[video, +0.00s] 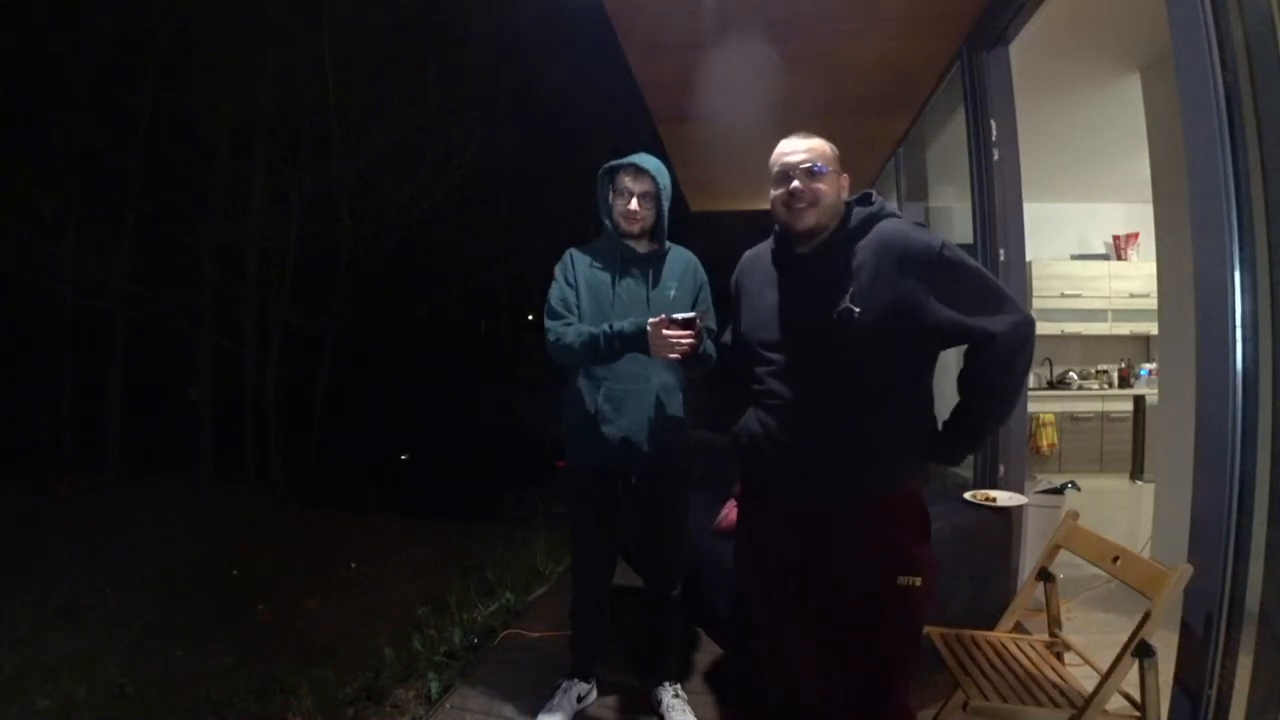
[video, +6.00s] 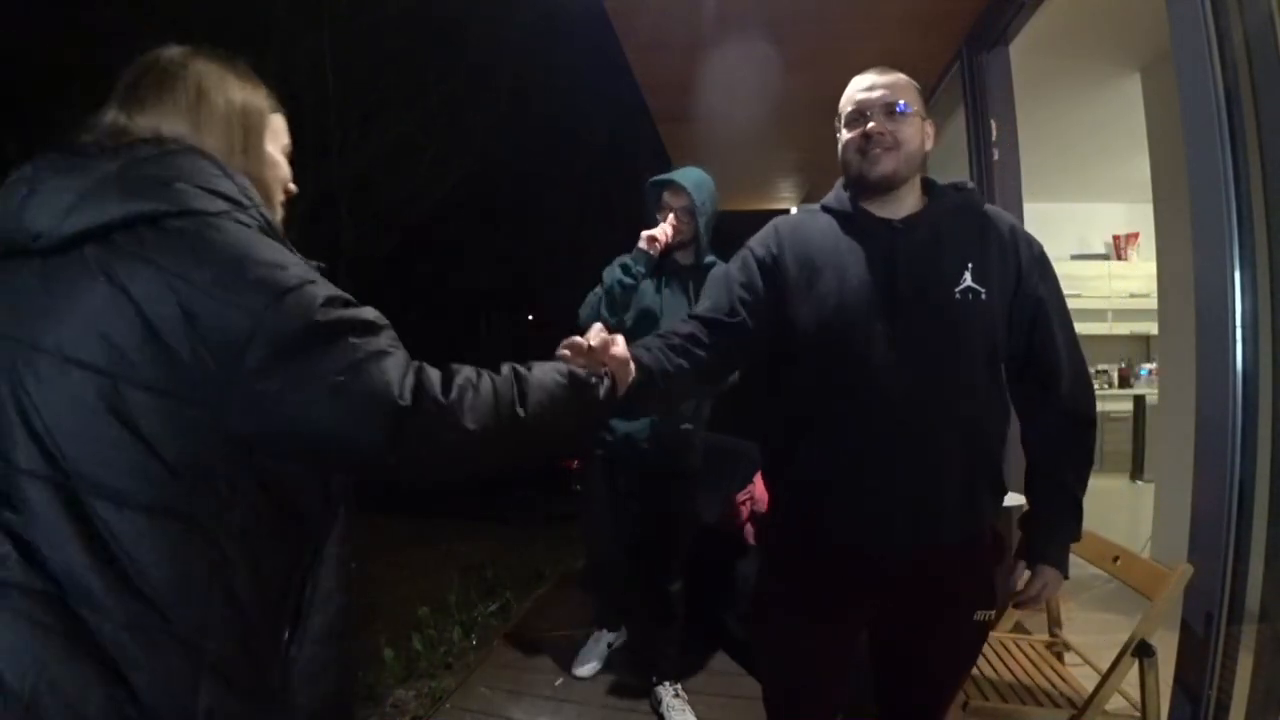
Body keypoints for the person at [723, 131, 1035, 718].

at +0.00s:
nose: (796, 187)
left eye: (812, 173)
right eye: (782, 177)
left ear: (844, 185)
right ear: (769, 196)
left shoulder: (900, 250)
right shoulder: (752, 268)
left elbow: (1008, 331)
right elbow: (736, 368)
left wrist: (950, 443)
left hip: (878, 493)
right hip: (776, 492)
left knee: (872, 674)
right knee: (776, 664)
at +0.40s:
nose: (846, 157)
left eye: (869, 143)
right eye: (838, 147)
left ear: (916, 162)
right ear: (829, 167)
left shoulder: (973, 240)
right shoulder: (800, 264)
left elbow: (1085, 352)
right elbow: (728, 350)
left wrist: (1045, 484)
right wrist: (664, 403)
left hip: (937, 525)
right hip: (816, 523)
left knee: (908, 695)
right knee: (811, 691)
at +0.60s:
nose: (881, 147)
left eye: (905, 132)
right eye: (871, 137)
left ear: (954, 150)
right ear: (861, 155)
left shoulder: (1014, 244)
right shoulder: (825, 254)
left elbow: (1110, 397)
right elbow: (740, 312)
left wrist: (1067, 533)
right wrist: (636, 313)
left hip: (952, 545)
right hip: (828, 535)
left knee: (923, 705)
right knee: (805, 697)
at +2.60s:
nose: (921, 141)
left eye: (949, 125)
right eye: (912, 131)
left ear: (1002, 144)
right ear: (902, 153)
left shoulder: (1063, 247)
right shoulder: (856, 245)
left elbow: (1129, 425)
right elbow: (750, 292)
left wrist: (1099, 583)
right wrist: (642, 263)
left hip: (971, 558)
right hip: (837, 543)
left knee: (936, 708)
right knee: (796, 700)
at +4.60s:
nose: (922, 143)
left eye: (948, 126)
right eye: (914, 133)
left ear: (1006, 136)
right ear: (905, 152)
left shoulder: (1076, 251)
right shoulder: (861, 240)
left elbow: (1140, 436)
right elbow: (760, 285)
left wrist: (1106, 597)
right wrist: (652, 254)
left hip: (977, 565)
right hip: (841, 546)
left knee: (938, 710)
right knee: (802, 704)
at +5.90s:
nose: (869, 131)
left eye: (889, 114)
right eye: (852, 122)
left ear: (928, 134)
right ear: (834, 146)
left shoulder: (998, 245)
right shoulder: (787, 243)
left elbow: (1060, 404)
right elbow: (712, 326)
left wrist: (1051, 545)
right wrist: (627, 341)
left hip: (953, 550)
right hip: (815, 545)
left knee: (916, 704)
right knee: (809, 703)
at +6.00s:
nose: (872, 125)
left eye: (892, 110)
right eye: (855, 117)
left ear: (930, 134)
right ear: (837, 145)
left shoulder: (1001, 248)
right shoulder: (786, 244)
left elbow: (1060, 405)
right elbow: (702, 340)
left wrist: (1049, 545)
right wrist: (632, 367)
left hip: (951, 549)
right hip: (813, 546)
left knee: (916, 709)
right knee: (806, 708)